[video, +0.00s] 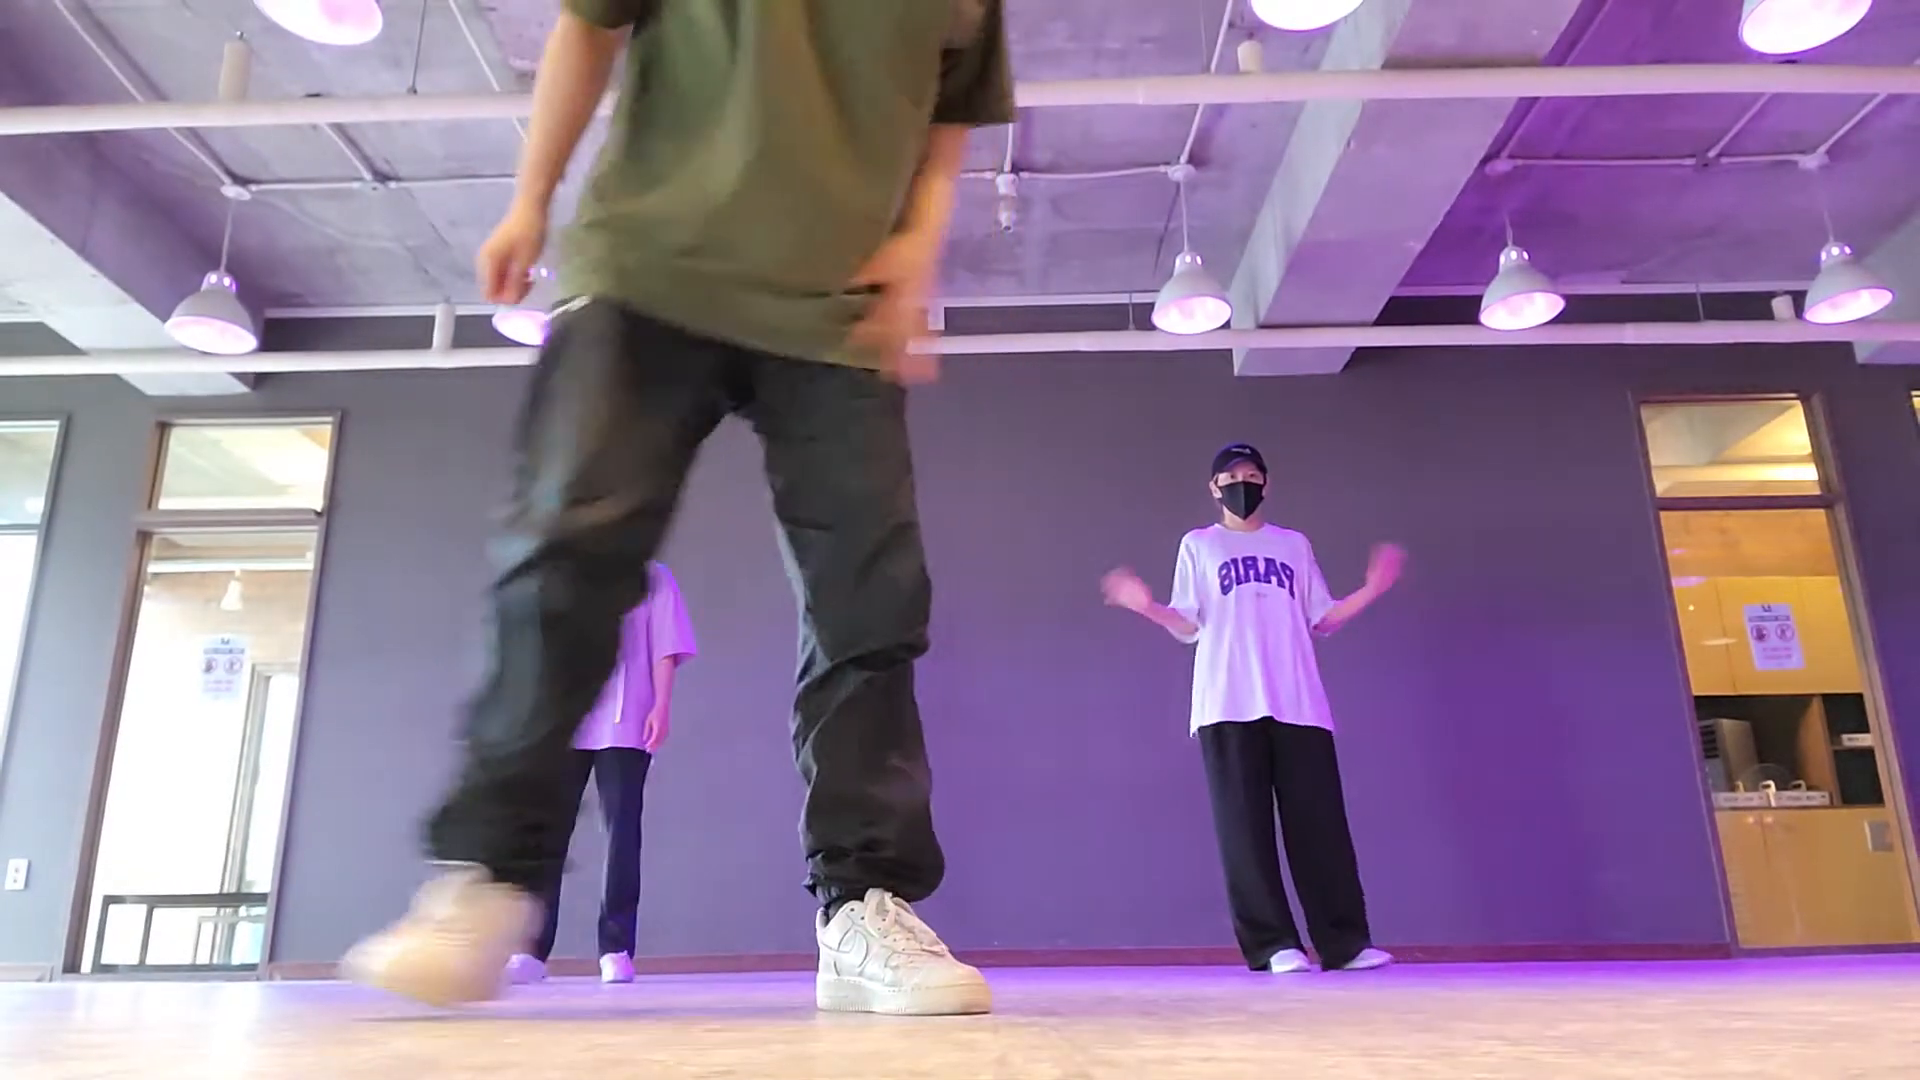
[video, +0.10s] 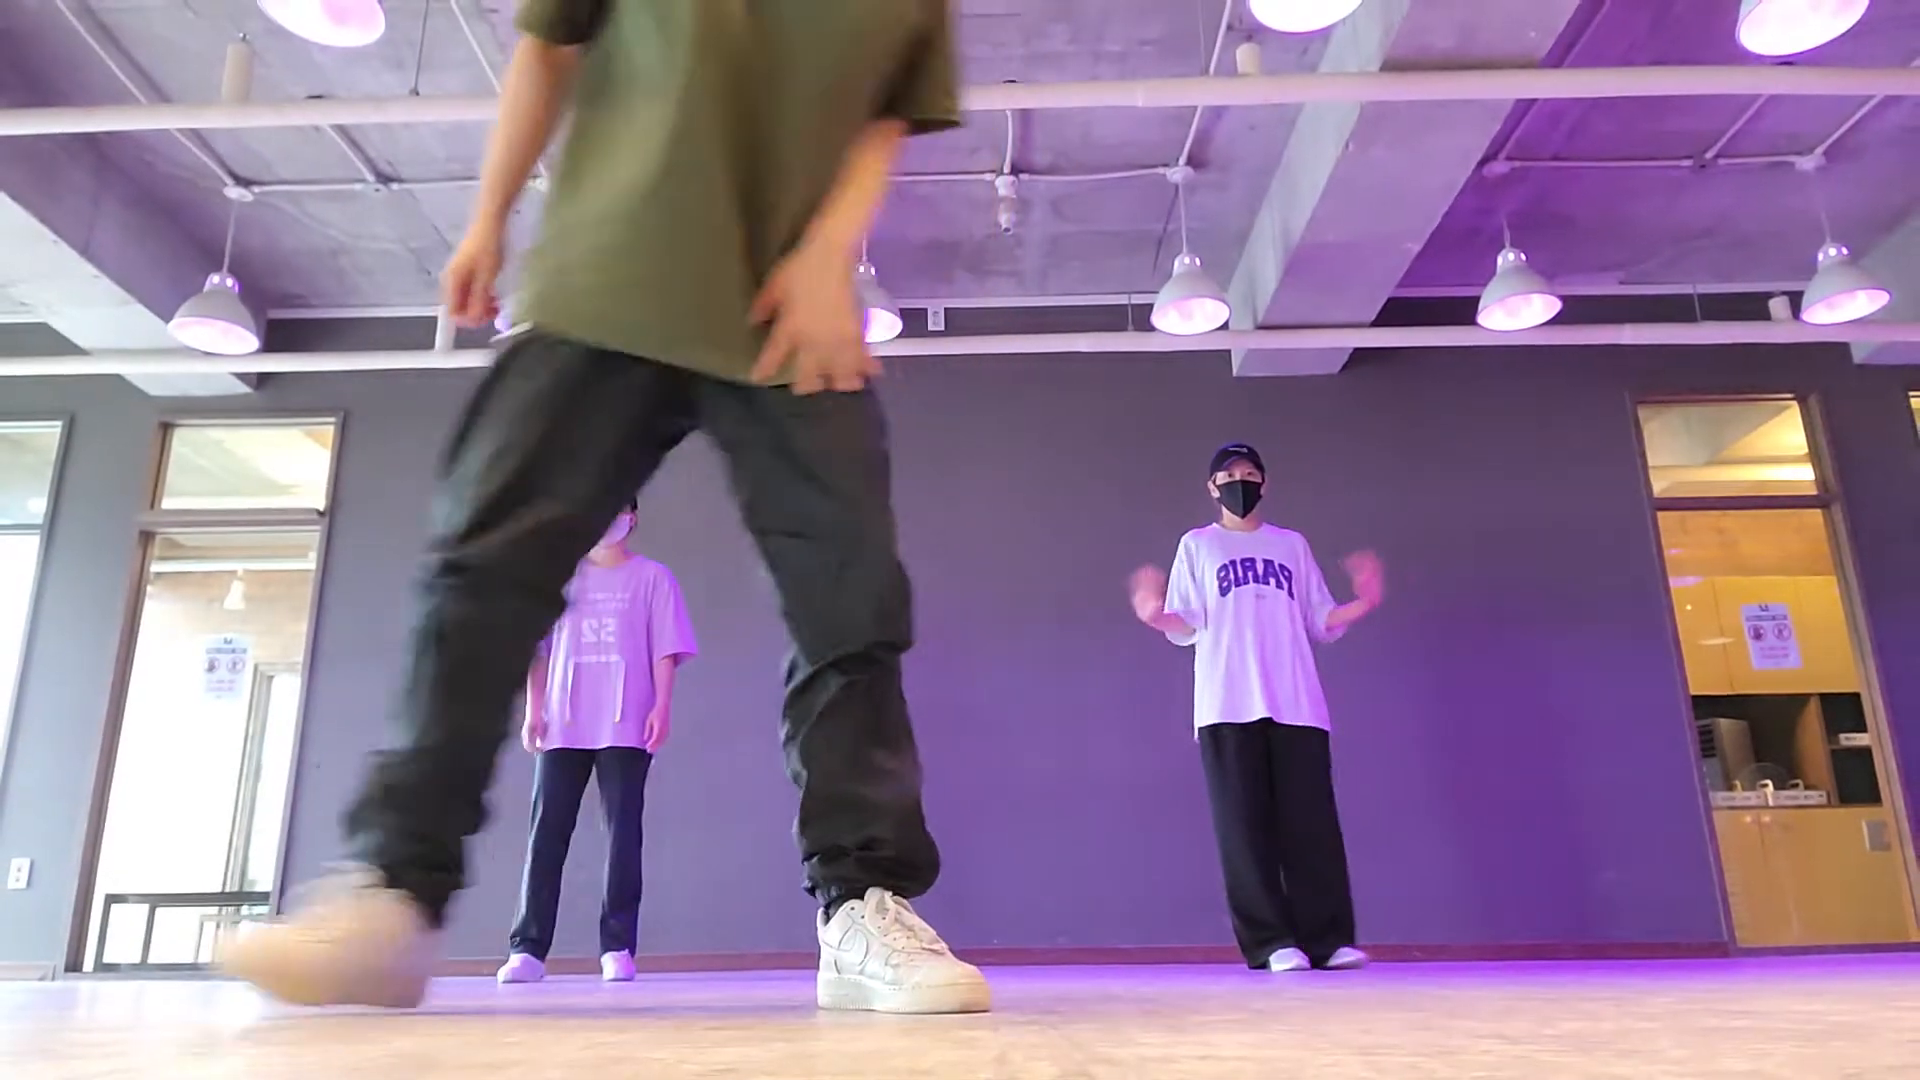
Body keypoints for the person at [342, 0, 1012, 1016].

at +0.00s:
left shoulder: (960, 10)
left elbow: (956, 94)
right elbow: (591, 19)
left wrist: (922, 235)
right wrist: (530, 200)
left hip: (838, 284)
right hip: (650, 251)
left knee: (870, 604)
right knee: (563, 551)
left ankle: (867, 913)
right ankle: (483, 885)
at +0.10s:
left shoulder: (911, 9)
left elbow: (890, 114)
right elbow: (551, 40)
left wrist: (828, 252)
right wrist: (488, 219)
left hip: (795, 295)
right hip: (610, 267)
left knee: (854, 613)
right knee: (480, 570)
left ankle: (864, 915)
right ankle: (390, 899)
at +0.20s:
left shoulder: (809, 13)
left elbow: (828, 94)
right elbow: (489, 61)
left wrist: (756, 253)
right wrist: (431, 235)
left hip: (718, 301)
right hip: (525, 286)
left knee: (807, 613)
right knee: (399, 585)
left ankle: (867, 913)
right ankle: (367, 922)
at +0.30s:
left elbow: (724, 91)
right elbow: (427, 93)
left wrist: (653, 255)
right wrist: (363, 248)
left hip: (618, 319)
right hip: (435, 318)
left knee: (730, 598)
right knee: (324, 595)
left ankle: (864, 884)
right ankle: (358, 930)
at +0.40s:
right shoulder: (362, 14)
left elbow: (598, 73)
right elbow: (379, 128)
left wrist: (504, 238)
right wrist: (279, 254)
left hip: (481, 298)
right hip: (348, 313)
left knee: (589, 571)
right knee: (265, 600)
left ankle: (761, 845)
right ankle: (356, 928)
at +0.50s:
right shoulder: (298, 16)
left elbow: (481, 60)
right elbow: (308, 142)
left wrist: (350, 184)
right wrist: (178, 224)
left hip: (390, 294)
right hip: (288, 305)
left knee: (306, 524)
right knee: (238, 616)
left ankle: (508, 840)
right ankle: (345, 913)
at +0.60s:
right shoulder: (194, 13)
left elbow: (375, 35)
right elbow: (180, 135)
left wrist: (200, 137)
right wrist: (42, 186)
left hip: (258, 277)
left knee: (80, 503)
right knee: (260, 596)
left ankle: (71, 879)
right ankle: (348, 923)